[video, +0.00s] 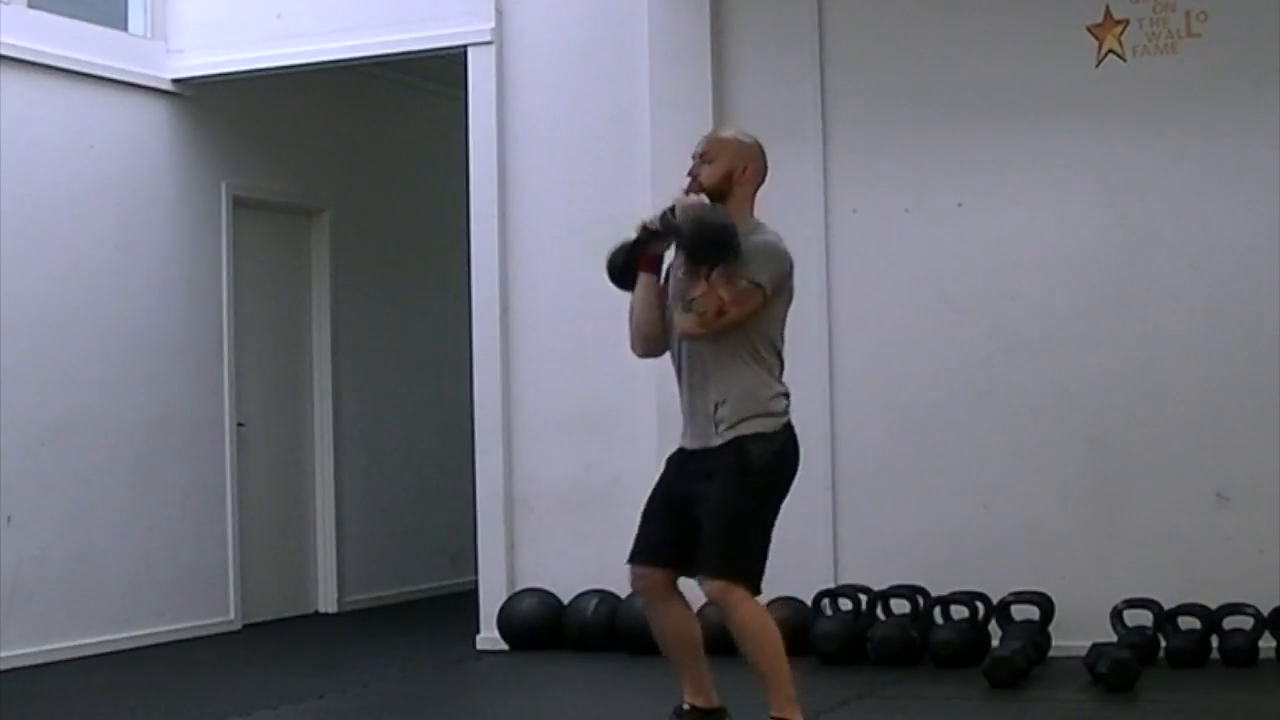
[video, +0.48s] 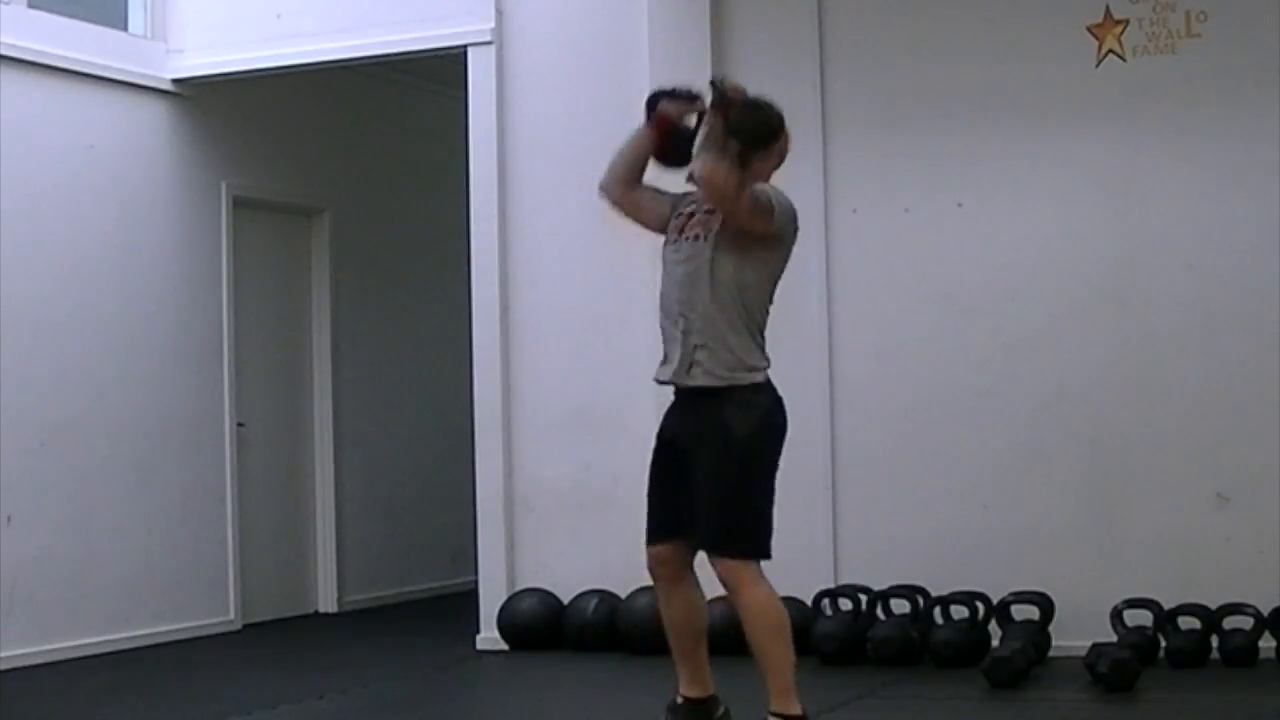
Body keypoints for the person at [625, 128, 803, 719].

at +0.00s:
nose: (691, 171)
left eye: (704, 160)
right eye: (693, 161)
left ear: (746, 172)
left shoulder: (766, 249)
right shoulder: (690, 250)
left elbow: (698, 318)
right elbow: (645, 341)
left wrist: (686, 241)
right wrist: (647, 262)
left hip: (756, 441)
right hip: (697, 446)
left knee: (726, 583)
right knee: (651, 575)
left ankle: (788, 711)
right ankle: (702, 704)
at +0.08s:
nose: (688, 187)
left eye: (702, 178)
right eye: (691, 178)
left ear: (740, 194)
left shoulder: (766, 272)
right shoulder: (685, 272)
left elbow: (696, 340)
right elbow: (642, 359)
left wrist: (698, 251)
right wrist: (655, 274)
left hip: (748, 459)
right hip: (689, 462)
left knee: (707, 595)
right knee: (635, 584)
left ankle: (784, 712)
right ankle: (698, 704)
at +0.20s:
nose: (706, 198)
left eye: (721, 189)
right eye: (707, 188)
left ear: (759, 204)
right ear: (711, 202)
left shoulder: (774, 281)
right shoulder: (692, 283)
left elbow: (709, 349)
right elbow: (642, 359)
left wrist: (716, 264)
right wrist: (661, 278)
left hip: (744, 467)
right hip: (684, 469)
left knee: (696, 601)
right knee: (625, 592)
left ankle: (783, 714)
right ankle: (697, 706)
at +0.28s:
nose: (719, 180)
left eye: (734, 171)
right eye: (721, 171)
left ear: (772, 187)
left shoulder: (779, 263)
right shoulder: (698, 258)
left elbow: (709, 322)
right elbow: (642, 329)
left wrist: (720, 238)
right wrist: (659, 255)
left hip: (738, 446)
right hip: (682, 445)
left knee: (709, 592)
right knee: (638, 581)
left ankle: (783, 714)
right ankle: (699, 706)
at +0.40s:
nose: (736, 127)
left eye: (754, 125)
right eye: (740, 122)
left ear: (778, 160)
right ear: (730, 149)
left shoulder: (782, 222)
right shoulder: (700, 217)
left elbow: (706, 239)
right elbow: (623, 242)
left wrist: (708, 169)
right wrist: (649, 179)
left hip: (736, 407)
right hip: (680, 405)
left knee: (732, 560)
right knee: (666, 558)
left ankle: (783, 708)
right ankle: (695, 698)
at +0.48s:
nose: (782, 164)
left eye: (779, 155)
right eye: (780, 154)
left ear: (750, 156)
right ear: (757, 152)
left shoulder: (774, 213)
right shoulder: (685, 211)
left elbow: (717, 186)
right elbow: (618, 186)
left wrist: (714, 120)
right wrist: (652, 129)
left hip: (744, 408)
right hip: (688, 407)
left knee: (735, 563)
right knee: (667, 560)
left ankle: (787, 709)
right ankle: (696, 699)